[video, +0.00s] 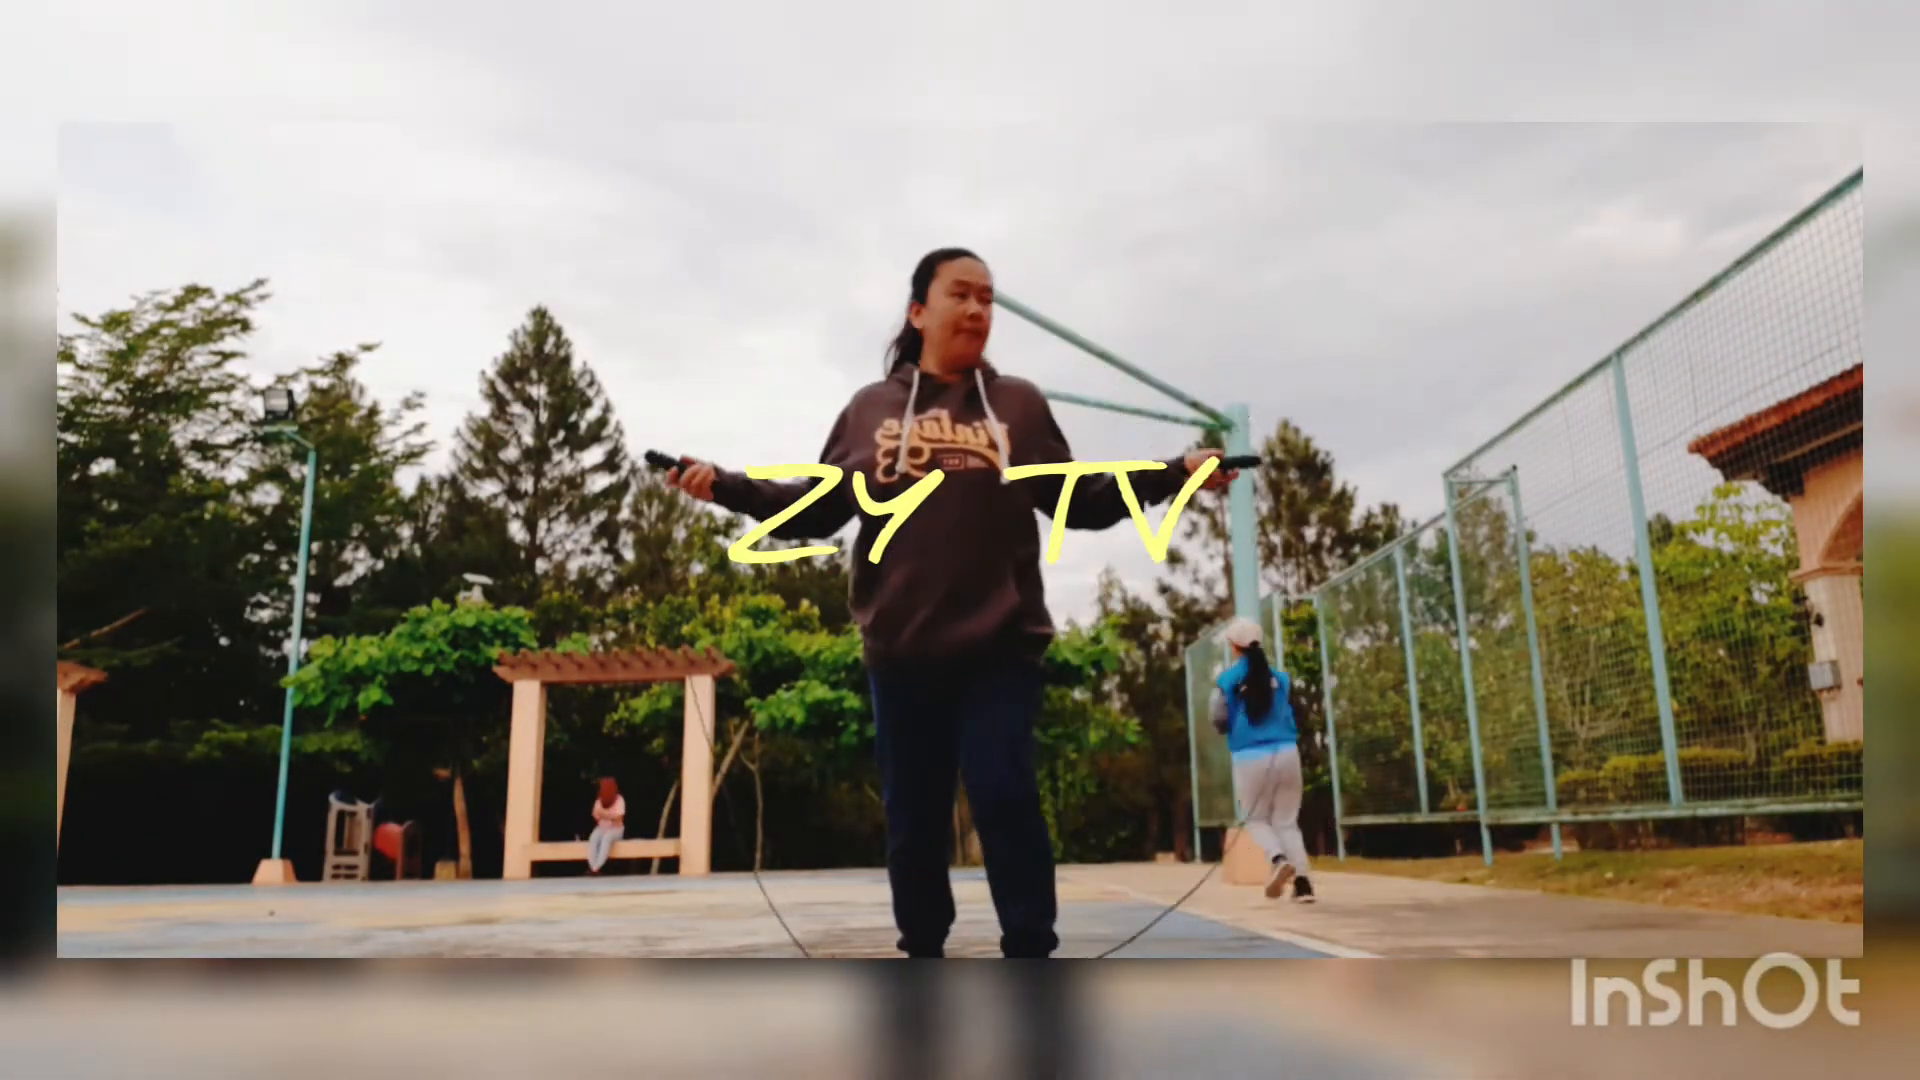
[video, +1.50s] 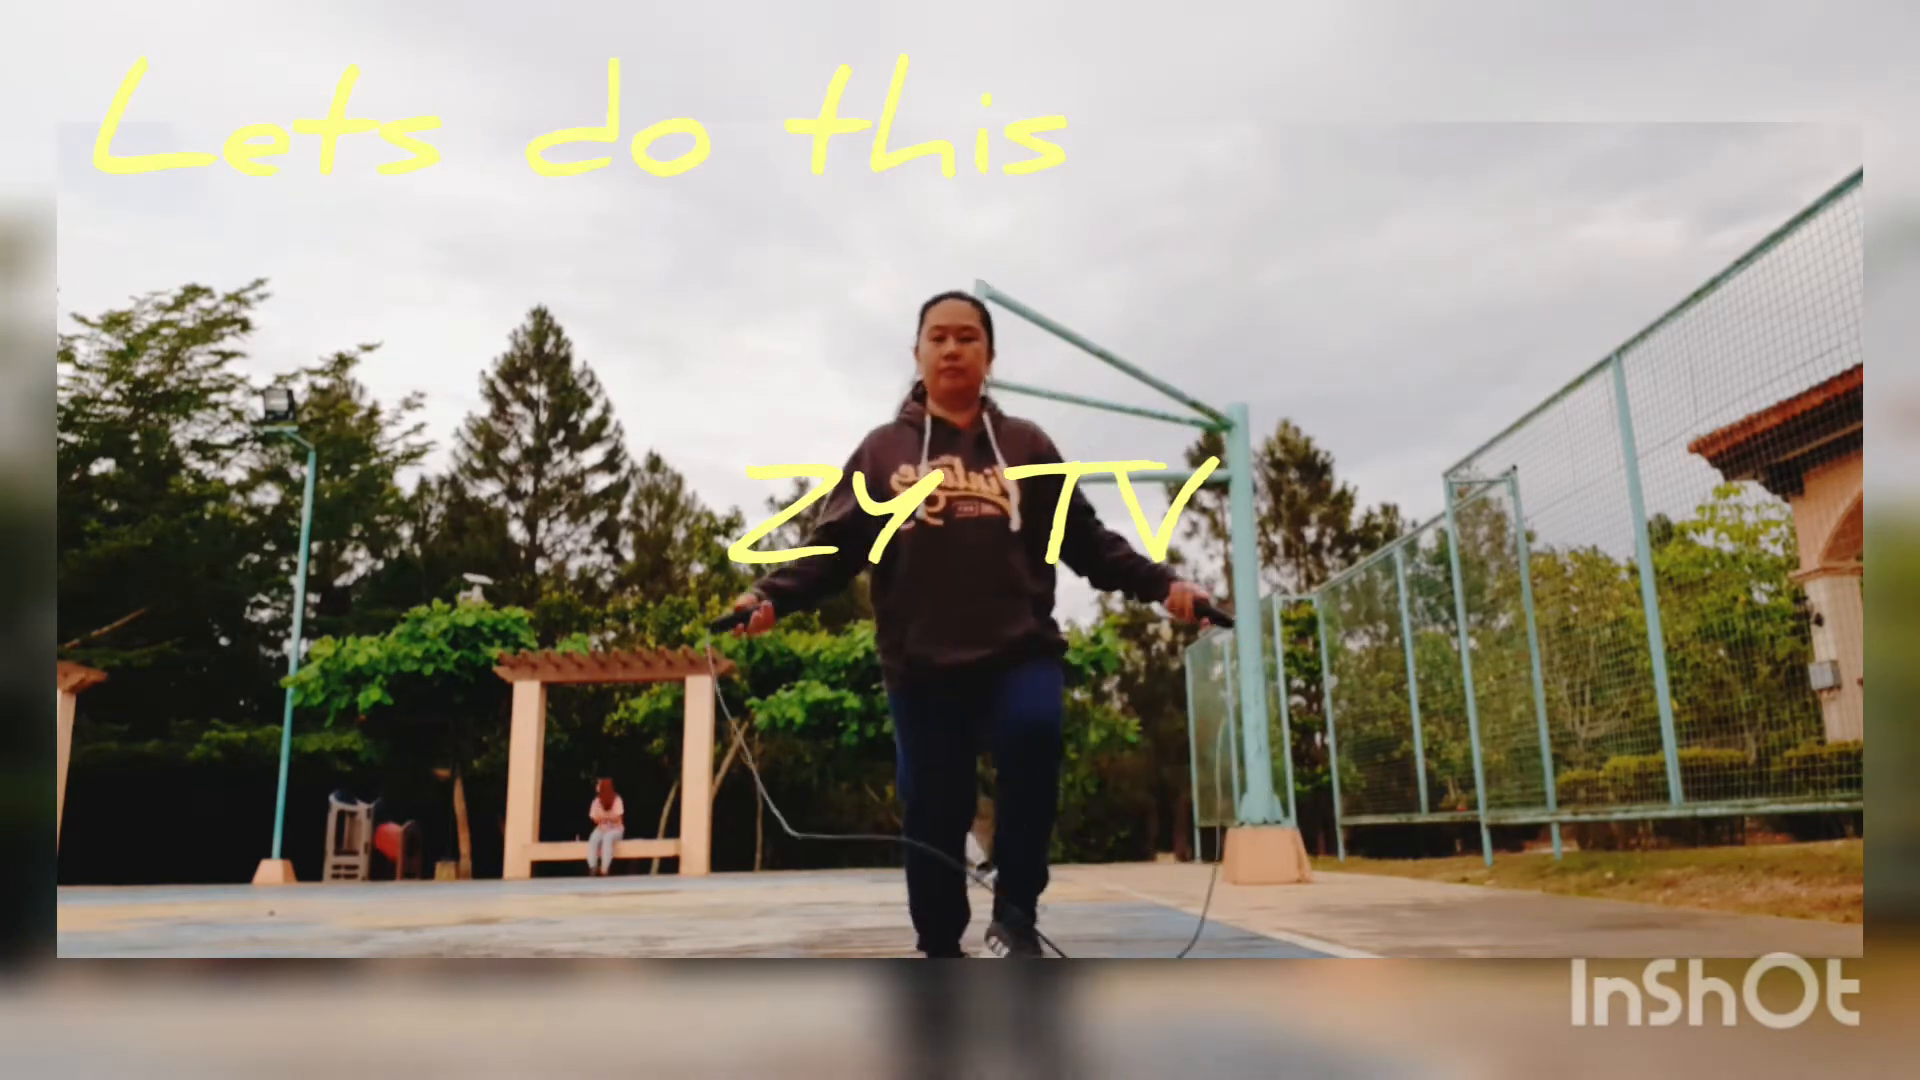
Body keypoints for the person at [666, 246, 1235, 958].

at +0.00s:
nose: (978, 310)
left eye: (987, 300)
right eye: (961, 295)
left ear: (994, 317)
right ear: (917, 312)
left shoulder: (1018, 404)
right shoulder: (869, 408)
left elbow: (1079, 499)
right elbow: (819, 508)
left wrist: (1176, 475)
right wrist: (727, 486)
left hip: (999, 640)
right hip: (903, 647)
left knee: (1004, 795)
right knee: (914, 813)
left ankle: (1031, 955)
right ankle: (922, 957)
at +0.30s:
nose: (994, 312)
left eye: (995, 301)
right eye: (976, 300)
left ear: (985, 320)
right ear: (929, 316)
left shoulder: (1022, 406)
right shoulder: (874, 408)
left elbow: (1093, 481)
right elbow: (816, 494)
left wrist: (1190, 444)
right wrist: (740, 468)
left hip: (1003, 639)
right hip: (907, 644)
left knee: (1007, 800)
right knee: (916, 808)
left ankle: (1016, 953)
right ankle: (923, 956)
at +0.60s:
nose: (999, 318)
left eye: (1005, 307)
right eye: (981, 306)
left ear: (1013, 324)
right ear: (941, 325)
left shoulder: (1046, 412)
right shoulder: (903, 410)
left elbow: (1114, 466)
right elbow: (841, 471)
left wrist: (1193, 472)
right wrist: (801, 475)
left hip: (1028, 642)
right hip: (932, 643)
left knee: (1025, 803)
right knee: (932, 801)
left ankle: (1018, 950)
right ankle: (927, 949)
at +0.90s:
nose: (988, 322)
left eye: (1001, 312)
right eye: (973, 312)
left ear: (1021, 330)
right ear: (948, 332)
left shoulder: (1058, 415)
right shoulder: (916, 409)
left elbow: (1143, 450)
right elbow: (848, 444)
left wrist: (1199, 402)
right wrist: (820, 395)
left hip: (1037, 647)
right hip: (943, 646)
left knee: (1029, 808)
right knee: (937, 804)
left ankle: (1020, 951)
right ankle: (928, 950)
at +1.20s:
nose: (979, 326)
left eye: (993, 313)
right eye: (964, 315)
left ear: (1014, 329)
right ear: (943, 331)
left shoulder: (1056, 417)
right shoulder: (910, 416)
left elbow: (1135, 463)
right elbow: (842, 464)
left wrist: (1191, 423)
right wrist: (792, 429)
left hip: (1037, 642)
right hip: (941, 642)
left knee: (1032, 800)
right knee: (941, 789)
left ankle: (1020, 949)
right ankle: (941, 936)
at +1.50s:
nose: (953, 350)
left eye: (967, 338)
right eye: (939, 337)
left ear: (990, 355)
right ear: (917, 353)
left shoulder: (1026, 445)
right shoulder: (883, 450)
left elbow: (1084, 539)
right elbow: (831, 545)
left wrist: (1164, 586)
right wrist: (772, 595)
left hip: (1020, 654)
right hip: (925, 662)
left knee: (1035, 739)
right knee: (932, 810)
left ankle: (1017, 921)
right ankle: (939, 952)